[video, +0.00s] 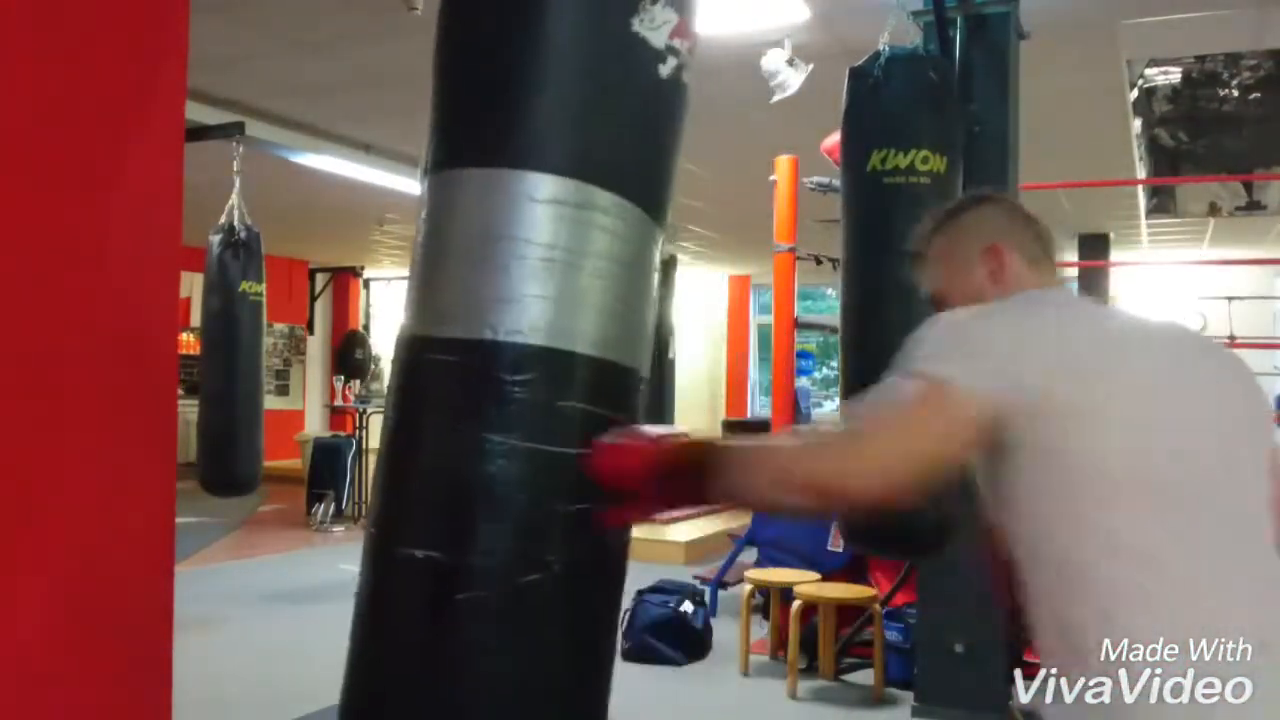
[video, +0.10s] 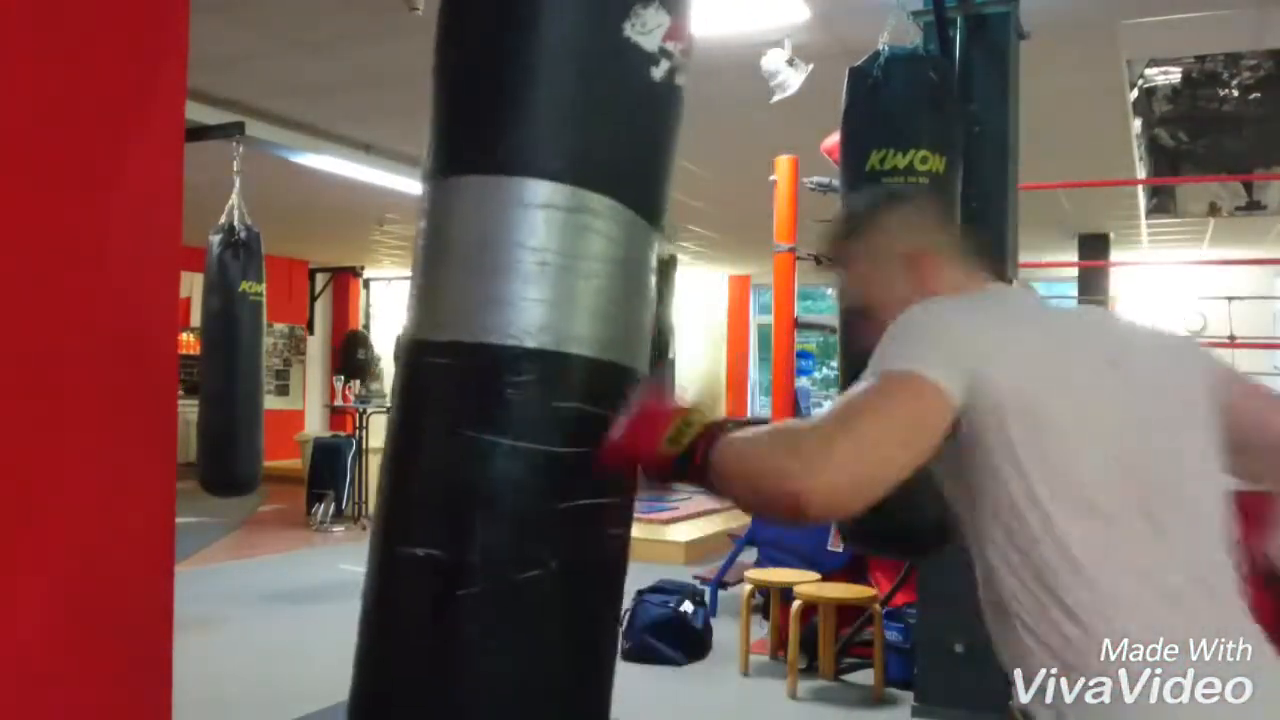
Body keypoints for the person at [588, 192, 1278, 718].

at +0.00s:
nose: (938, 316)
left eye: (940, 299)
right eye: (931, 302)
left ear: (996, 264)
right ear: (1035, 262)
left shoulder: (986, 338)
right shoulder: (1216, 361)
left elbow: (867, 469)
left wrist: (690, 464)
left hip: (1112, 698)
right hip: (1263, 699)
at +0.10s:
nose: (859, 323)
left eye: (855, 297)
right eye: (849, 304)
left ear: (915, 267)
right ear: (962, 259)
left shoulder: (949, 329)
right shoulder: (1165, 351)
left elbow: (815, 481)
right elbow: (1276, 442)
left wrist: (680, 440)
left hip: (1099, 695)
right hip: (1250, 692)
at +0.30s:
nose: (796, 445)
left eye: (789, 421)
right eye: (780, 427)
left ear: (846, 363)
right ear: (846, 363)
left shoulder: (1042, 402)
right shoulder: (901, 460)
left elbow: (1199, 605)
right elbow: (841, 531)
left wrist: (975, 592)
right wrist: (714, 486)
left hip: (1208, 692)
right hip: (1074, 689)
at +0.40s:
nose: (775, 442)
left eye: (760, 417)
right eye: (757, 424)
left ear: (797, 368)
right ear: (802, 364)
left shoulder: (990, 413)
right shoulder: (914, 446)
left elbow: (1253, 479)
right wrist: (905, 593)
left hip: (1130, 700)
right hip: (1039, 698)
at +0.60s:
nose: (805, 356)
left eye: (796, 336)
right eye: (795, 341)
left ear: (825, 298)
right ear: (902, 263)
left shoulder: (841, 389)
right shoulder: (1093, 302)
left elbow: (686, 585)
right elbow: (1266, 442)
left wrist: (609, 530)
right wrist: (1092, 489)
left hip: (1097, 699)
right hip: (1256, 682)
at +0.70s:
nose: (819, 403)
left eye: (806, 384)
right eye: (803, 391)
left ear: (830, 331)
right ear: (886, 290)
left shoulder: (893, 389)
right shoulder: (1070, 336)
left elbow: (779, 621)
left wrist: (713, 543)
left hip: (1115, 693)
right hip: (1261, 681)